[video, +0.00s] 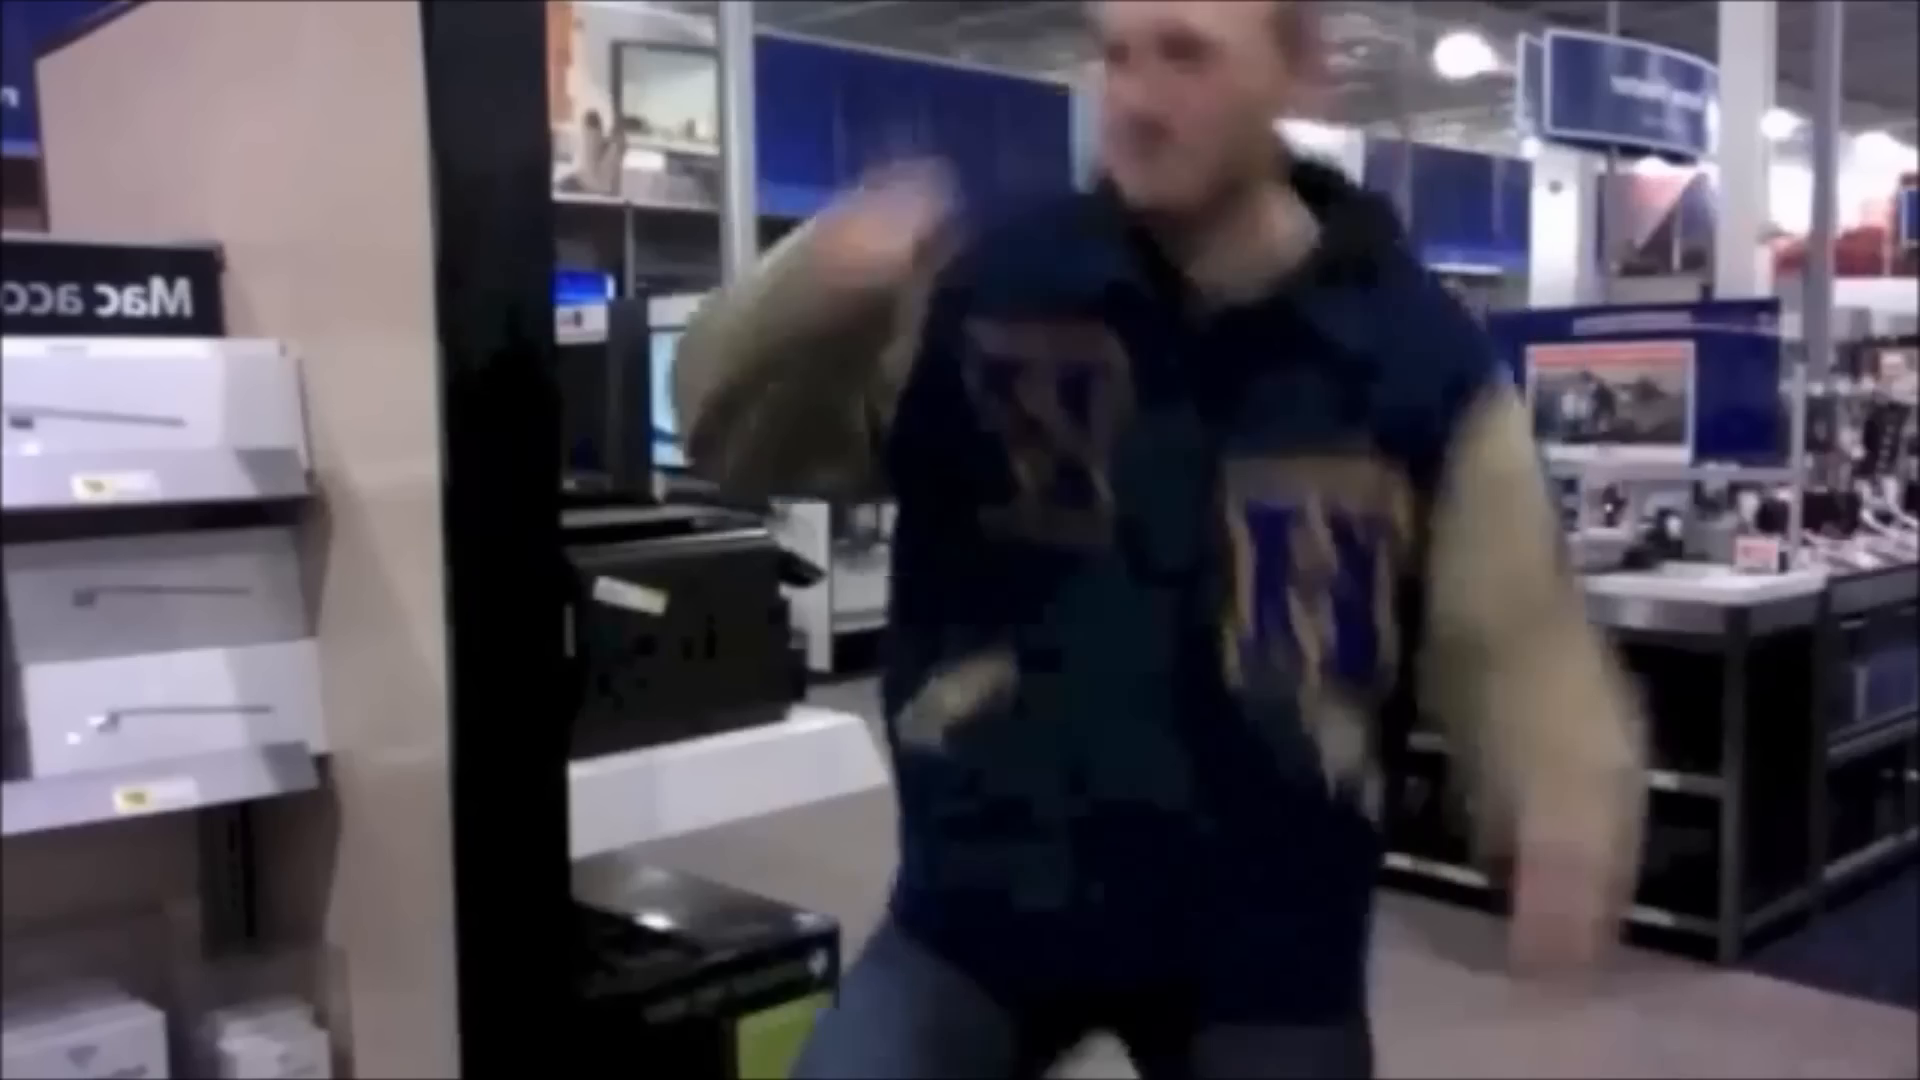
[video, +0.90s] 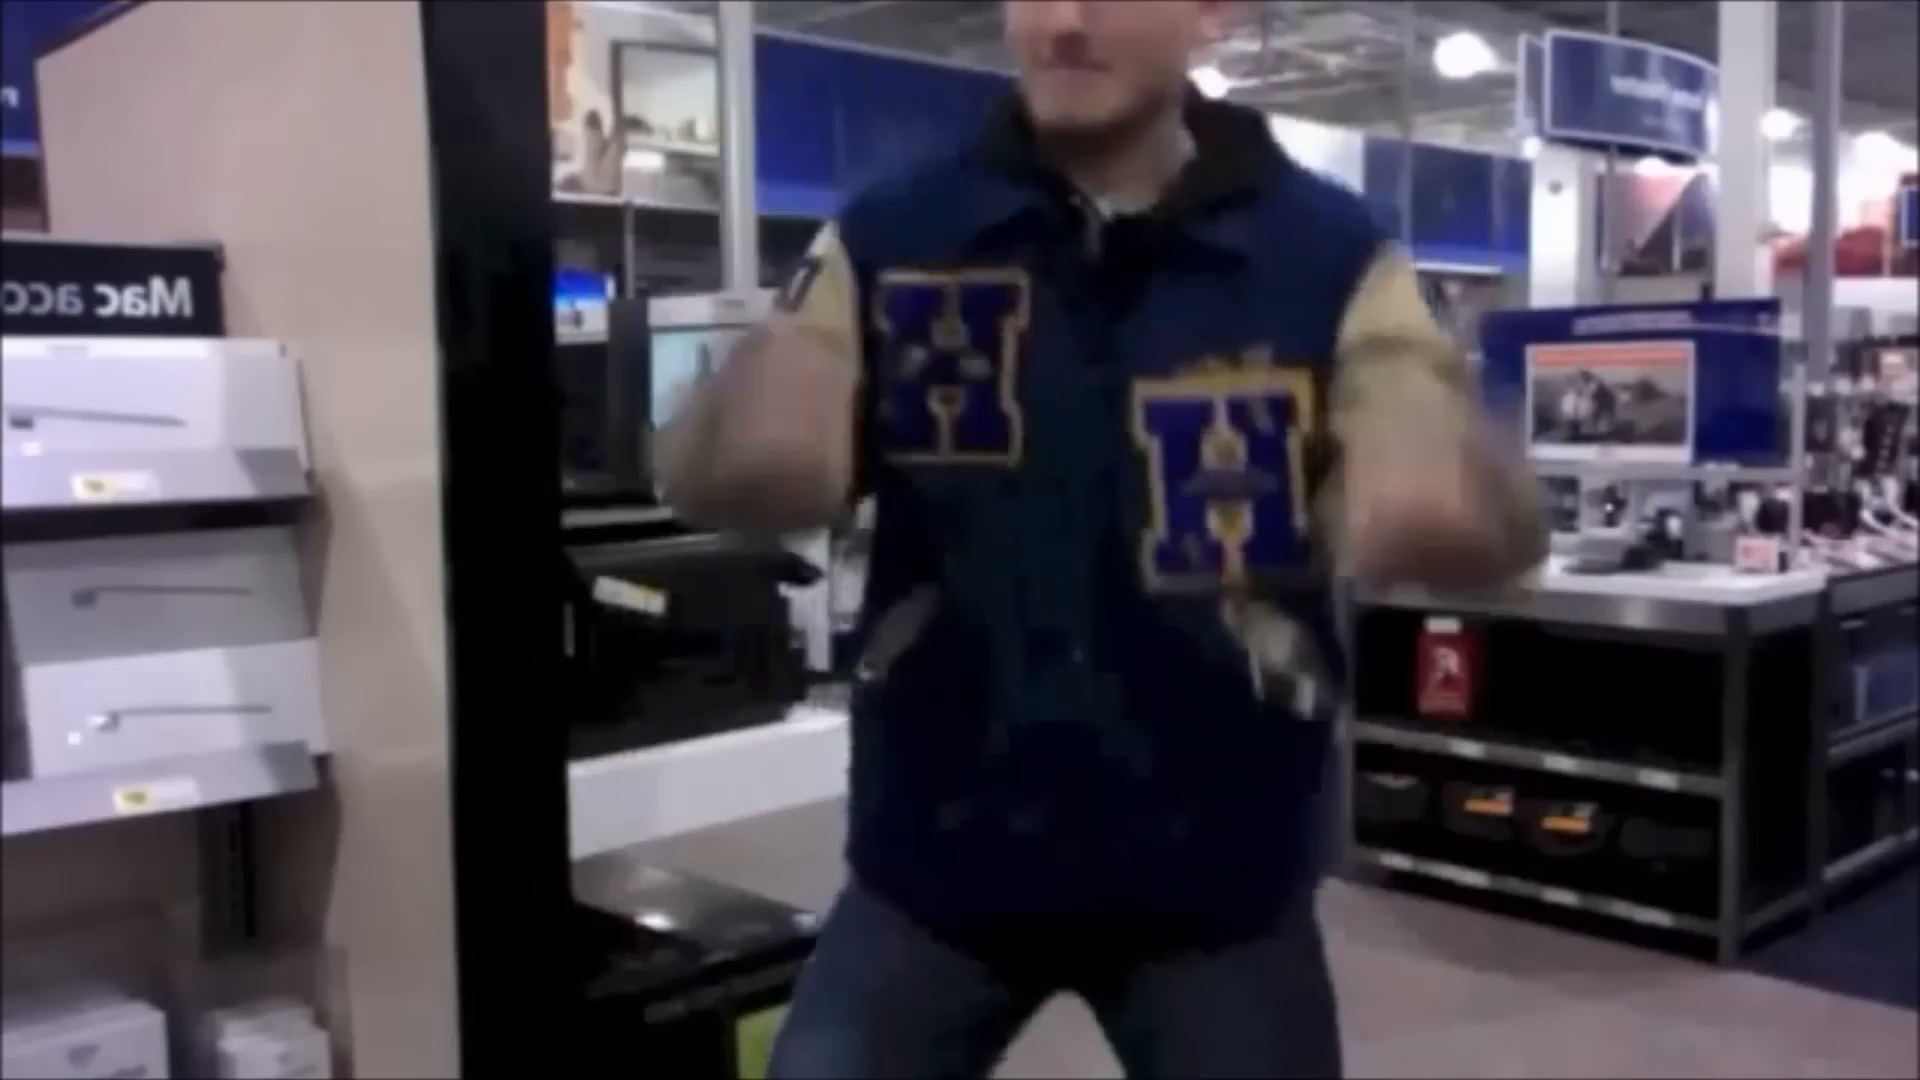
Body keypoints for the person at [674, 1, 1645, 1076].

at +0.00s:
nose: (1135, 96)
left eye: (1184, 56)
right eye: (1115, 56)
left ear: (1297, 71)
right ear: (1088, 71)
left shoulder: (1401, 337)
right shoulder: (987, 280)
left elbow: (1520, 622)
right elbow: (733, 434)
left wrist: (1569, 807)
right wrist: (816, 284)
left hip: (1258, 930)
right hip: (989, 904)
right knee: (846, 1064)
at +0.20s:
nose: (1135, 96)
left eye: (1184, 56)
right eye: (1115, 56)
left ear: (1297, 71)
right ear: (1088, 71)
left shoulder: (1401, 337)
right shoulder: (987, 280)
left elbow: (1520, 622)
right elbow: (733, 434)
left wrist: (1569, 807)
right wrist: (816, 284)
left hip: (1258, 930)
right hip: (989, 904)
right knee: (846, 1064)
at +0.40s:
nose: (871, 53)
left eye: (919, 11)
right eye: (842, 14)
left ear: (1009, 27)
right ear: (806, 40)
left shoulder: (1176, 219)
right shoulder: (742, 288)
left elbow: (1396, 422)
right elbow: (609, 518)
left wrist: (1394, 236)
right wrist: (566, 673)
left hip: (1158, 856)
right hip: (887, 878)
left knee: (1240, 1065)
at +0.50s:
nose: (871, 53)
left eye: (919, 12)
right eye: (841, 14)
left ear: (1009, 27)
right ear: (805, 39)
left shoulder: (1177, 220)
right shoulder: (743, 287)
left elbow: (1397, 422)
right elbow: (609, 518)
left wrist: (1394, 235)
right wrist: (566, 672)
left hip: (1158, 856)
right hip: (887, 877)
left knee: (1239, 1067)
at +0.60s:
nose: (1020, 11)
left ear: (1121, 10)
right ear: (937, 13)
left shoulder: (1244, 211)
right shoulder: (818, 198)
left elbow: (1362, 464)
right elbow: (667, 366)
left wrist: (1449, 674)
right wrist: (570, 367)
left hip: (1158, 838)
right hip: (897, 836)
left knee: (1232, 1064)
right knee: (830, 1060)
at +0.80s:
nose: (1100, 46)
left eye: (1147, 10)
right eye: (1072, 9)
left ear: (1236, 35)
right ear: (1037, 31)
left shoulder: (1337, 299)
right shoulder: (912, 258)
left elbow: (1417, 532)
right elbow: (707, 422)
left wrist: (1407, 682)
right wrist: (764, 236)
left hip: (1213, 892)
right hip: (947, 879)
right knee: (822, 1063)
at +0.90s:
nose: (1064, 19)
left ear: (1207, 19)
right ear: (1002, 15)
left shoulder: (1328, 250)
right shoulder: (896, 232)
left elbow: (1435, 520)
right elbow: (742, 490)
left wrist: (1432, 508)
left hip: (1214, 866)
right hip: (949, 857)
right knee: (823, 1068)